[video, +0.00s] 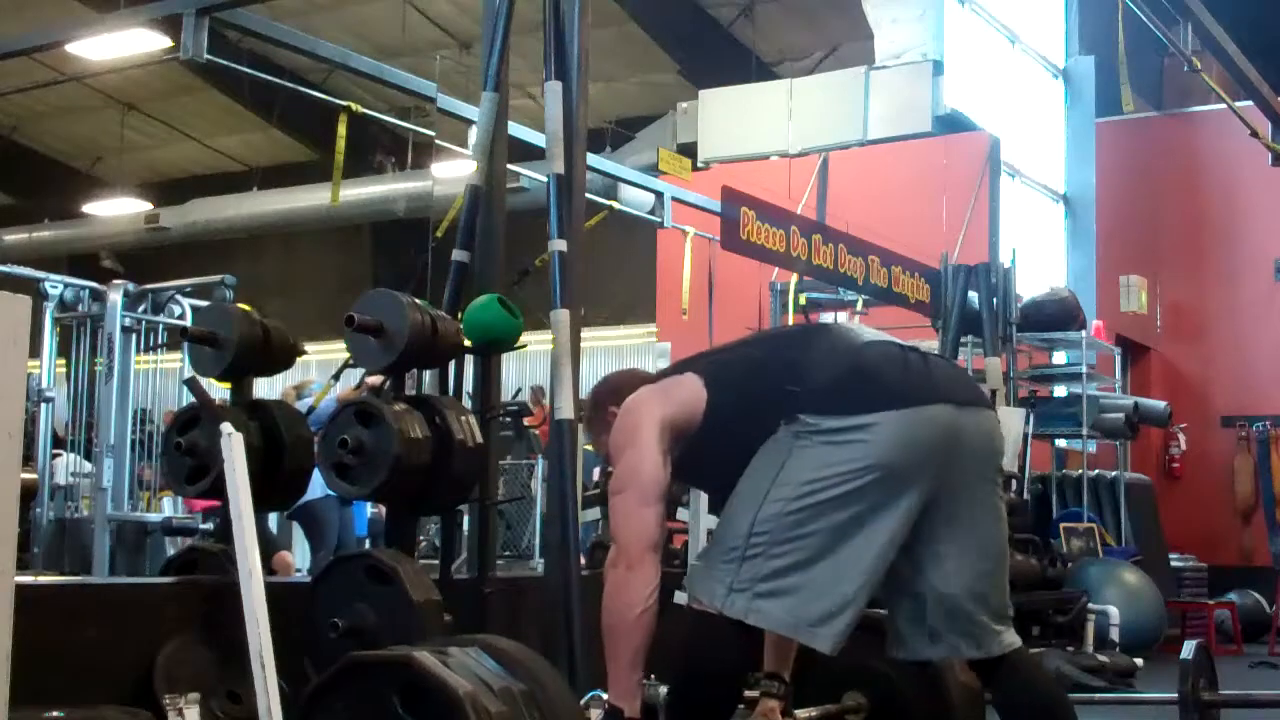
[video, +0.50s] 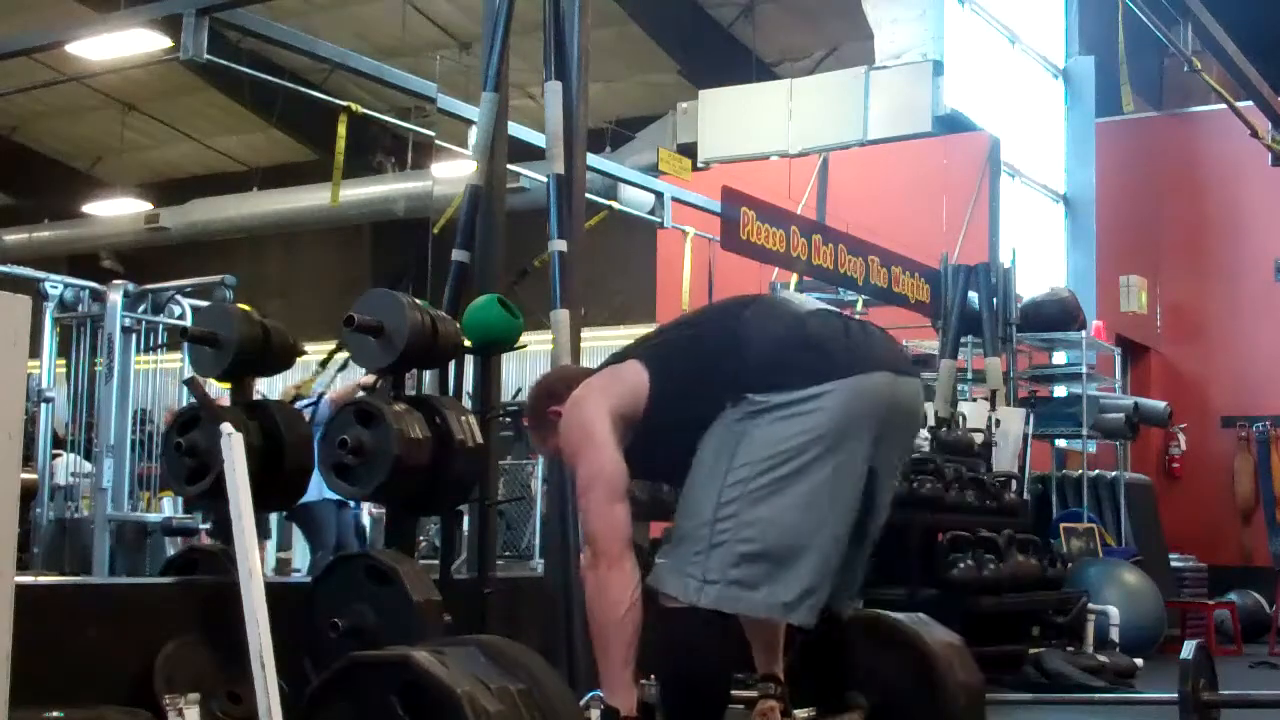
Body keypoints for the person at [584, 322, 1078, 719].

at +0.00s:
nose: (611, 458)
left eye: (606, 444)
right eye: (605, 448)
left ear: (617, 411)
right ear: (650, 389)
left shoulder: (644, 411)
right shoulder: (744, 397)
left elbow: (635, 558)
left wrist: (621, 704)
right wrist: (773, 685)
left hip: (869, 413)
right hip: (971, 411)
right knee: (959, 636)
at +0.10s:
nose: (611, 459)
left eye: (605, 443)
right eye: (603, 448)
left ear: (617, 408)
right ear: (648, 385)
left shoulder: (643, 409)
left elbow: (639, 561)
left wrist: (623, 705)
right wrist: (776, 679)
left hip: (870, 411)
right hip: (968, 410)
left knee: (728, 601)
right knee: (965, 635)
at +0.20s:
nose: (613, 465)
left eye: (604, 447)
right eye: (603, 452)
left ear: (611, 407)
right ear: (641, 382)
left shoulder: (641, 405)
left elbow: (640, 560)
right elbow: (790, 538)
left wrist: (623, 704)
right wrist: (774, 683)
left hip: (871, 410)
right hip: (962, 409)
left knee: (722, 587)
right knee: (961, 637)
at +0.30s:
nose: (596, 468)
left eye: (585, 451)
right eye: (584, 458)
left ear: (588, 409)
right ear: (619, 382)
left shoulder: (618, 403)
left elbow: (625, 563)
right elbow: (781, 528)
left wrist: (625, 704)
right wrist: (774, 681)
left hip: (845, 410)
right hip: (934, 404)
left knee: (708, 591)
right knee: (904, 642)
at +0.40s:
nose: (576, 467)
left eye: (567, 451)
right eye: (566, 456)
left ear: (569, 415)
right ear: (596, 384)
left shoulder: (598, 406)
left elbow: (617, 564)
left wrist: (621, 706)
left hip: (825, 397)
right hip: (912, 393)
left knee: (694, 587)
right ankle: (773, 689)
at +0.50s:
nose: (565, 466)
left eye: (558, 451)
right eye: (555, 457)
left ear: (559, 413)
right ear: (588, 382)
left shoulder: (587, 407)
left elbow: (609, 560)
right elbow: (773, 534)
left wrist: (620, 703)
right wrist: (771, 678)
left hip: (808, 387)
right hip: (894, 381)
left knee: (688, 598)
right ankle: (771, 694)